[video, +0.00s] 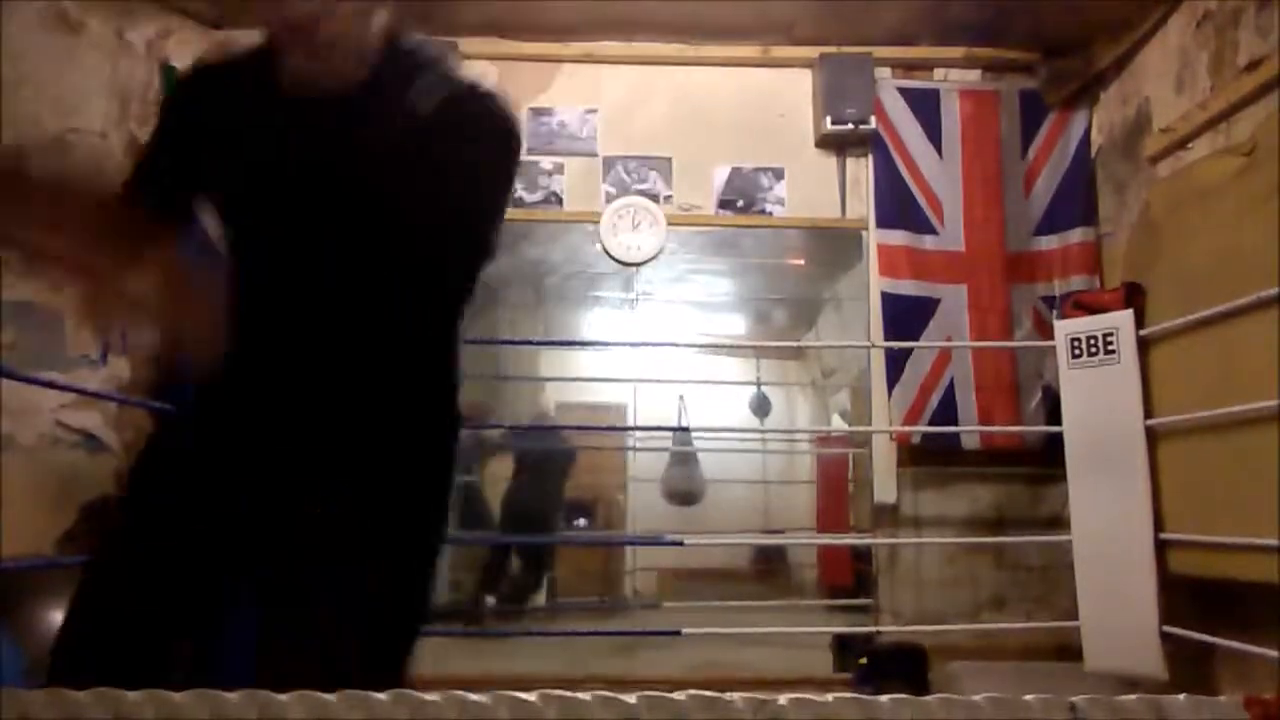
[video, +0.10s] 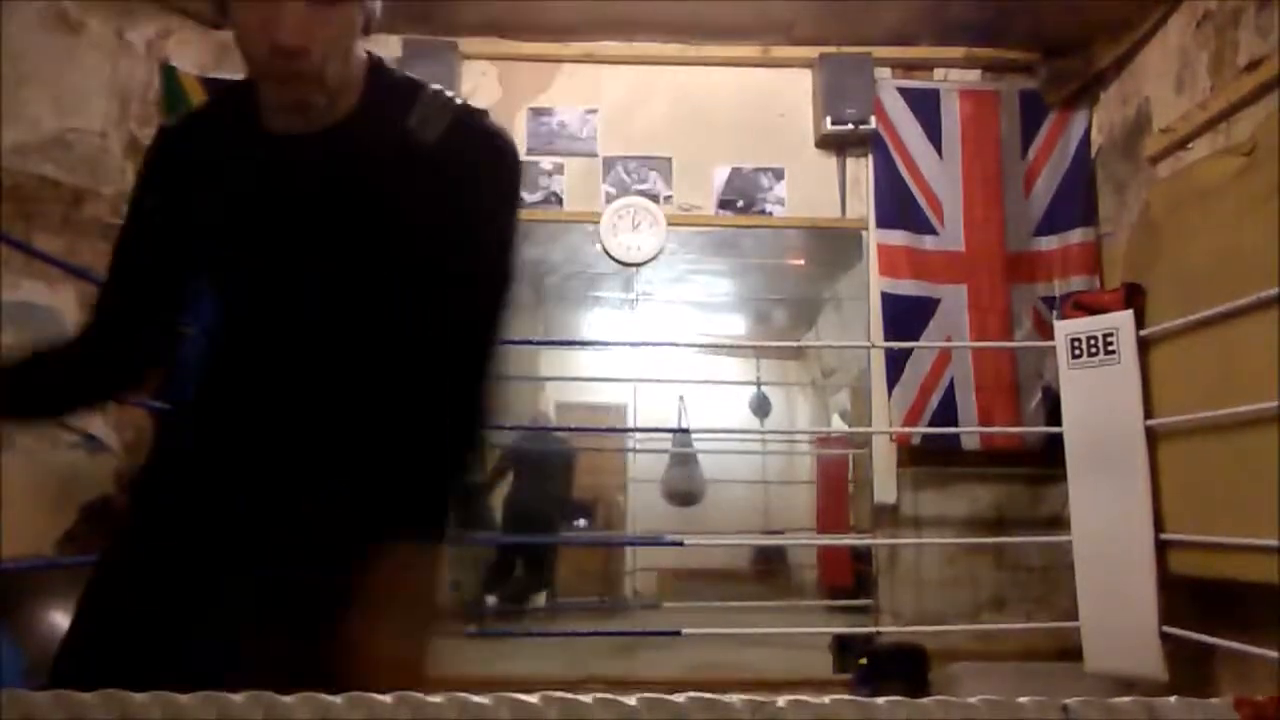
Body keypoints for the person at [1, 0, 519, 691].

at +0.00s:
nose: (297, 17)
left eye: (324, 3)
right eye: (285, 2)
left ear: (382, 6)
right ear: (263, 4)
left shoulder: (465, 127)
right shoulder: (214, 99)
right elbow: (124, 256)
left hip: (372, 488)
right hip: (210, 467)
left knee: (322, 696)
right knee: (103, 682)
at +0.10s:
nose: (287, 34)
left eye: (320, 2)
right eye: (263, 2)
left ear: (365, 11)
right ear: (229, 12)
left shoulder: (460, 158)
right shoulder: (193, 148)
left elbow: (448, 399)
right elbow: (118, 354)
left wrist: (402, 571)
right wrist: (1, 393)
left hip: (357, 550)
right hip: (186, 525)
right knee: (90, 702)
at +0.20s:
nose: (368, 29)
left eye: (392, 7)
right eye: (347, 5)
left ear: (428, 14)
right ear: (312, 14)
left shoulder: (502, 131)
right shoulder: (250, 131)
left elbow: (604, 279)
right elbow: (81, 334)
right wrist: (115, 236)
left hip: (434, 485)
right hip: (266, 483)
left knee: (512, 696)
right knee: (137, 685)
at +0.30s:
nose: (509, 7)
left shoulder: (592, 55)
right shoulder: (387, 48)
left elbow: (676, 109)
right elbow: (258, 113)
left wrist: (741, 175)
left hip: (534, 407)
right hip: (391, 408)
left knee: (720, 576)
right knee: (260, 651)